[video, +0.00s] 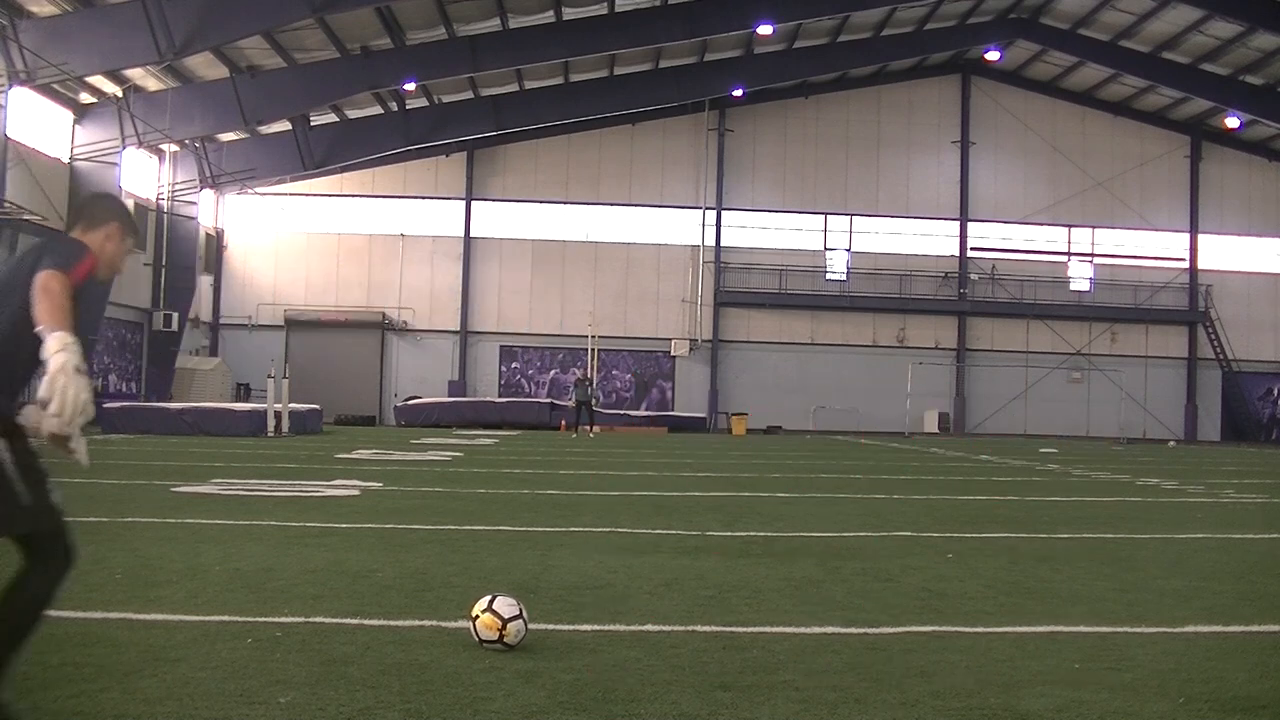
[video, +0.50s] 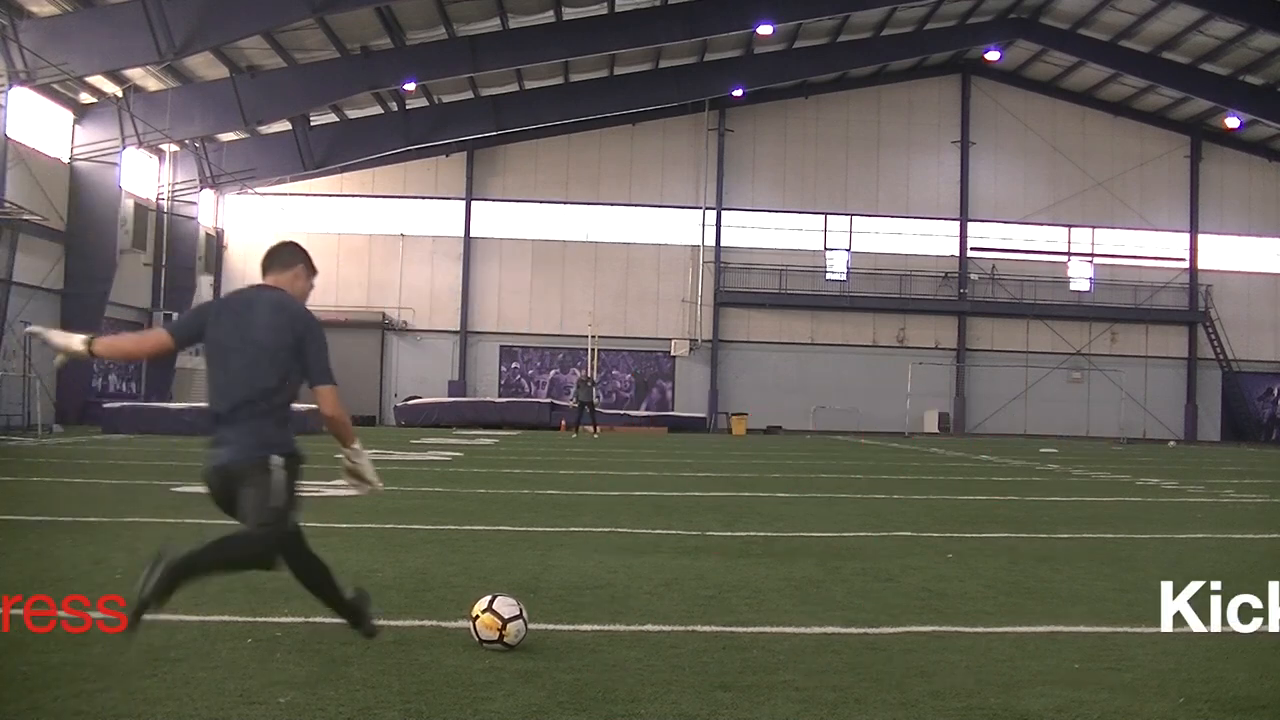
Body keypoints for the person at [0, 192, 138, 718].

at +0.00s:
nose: (122, 264)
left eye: (126, 253)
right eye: (125, 249)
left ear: (80, 227)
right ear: (108, 233)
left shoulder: (35, 257)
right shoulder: (75, 249)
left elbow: (9, 351)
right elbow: (48, 283)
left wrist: (31, 416)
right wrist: (64, 354)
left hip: (5, 424)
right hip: (2, 425)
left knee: (48, 550)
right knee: (51, 550)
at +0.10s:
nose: (158, 288)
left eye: (163, 278)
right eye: (162, 275)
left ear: (119, 250)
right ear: (149, 257)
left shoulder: (70, 281)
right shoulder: (113, 272)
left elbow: (24, 371)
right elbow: (101, 297)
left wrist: (73, 419)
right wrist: (116, 353)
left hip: (13, 426)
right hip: (26, 428)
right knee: (117, 546)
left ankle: (77, 694)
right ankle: (77, 697)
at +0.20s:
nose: (203, 295)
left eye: (207, 287)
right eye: (206, 285)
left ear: (161, 263)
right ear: (195, 270)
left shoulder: (98, 298)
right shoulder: (170, 294)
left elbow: (36, 362)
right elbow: (171, 337)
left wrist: (88, 397)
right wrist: (201, 413)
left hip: (28, 449)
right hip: (92, 453)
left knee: (9, 596)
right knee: (151, 583)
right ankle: (82, 708)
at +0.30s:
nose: (248, 301)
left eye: (249, 293)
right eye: (249, 291)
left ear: (203, 278)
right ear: (238, 281)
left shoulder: (144, 307)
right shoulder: (225, 318)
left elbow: (55, 342)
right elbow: (249, 391)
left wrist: (67, 391)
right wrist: (287, 463)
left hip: (85, 458)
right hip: (135, 458)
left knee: (145, 589)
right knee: (164, 593)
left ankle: (39, 629)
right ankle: (83, 708)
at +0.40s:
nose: (282, 291)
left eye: (283, 283)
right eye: (283, 282)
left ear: (238, 273)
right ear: (274, 273)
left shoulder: (186, 303)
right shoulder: (273, 318)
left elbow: (94, 331)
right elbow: (299, 407)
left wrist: (52, 357)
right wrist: (326, 456)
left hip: (154, 452)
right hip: (196, 454)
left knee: (247, 519)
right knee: (168, 567)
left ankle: (224, 633)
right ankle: (96, 682)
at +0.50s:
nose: (308, 291)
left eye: (310, 283)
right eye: (309, 282)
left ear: (266, 272)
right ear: (298, 273)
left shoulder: (217, 309)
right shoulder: (301, 319)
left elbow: (151, 343)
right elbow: (330, 410)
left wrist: (82, 343)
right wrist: (355, 451)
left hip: (221, 466)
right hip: (268, 459)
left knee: (290, 543)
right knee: (265, 547)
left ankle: (353, 611)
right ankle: (171, 572)